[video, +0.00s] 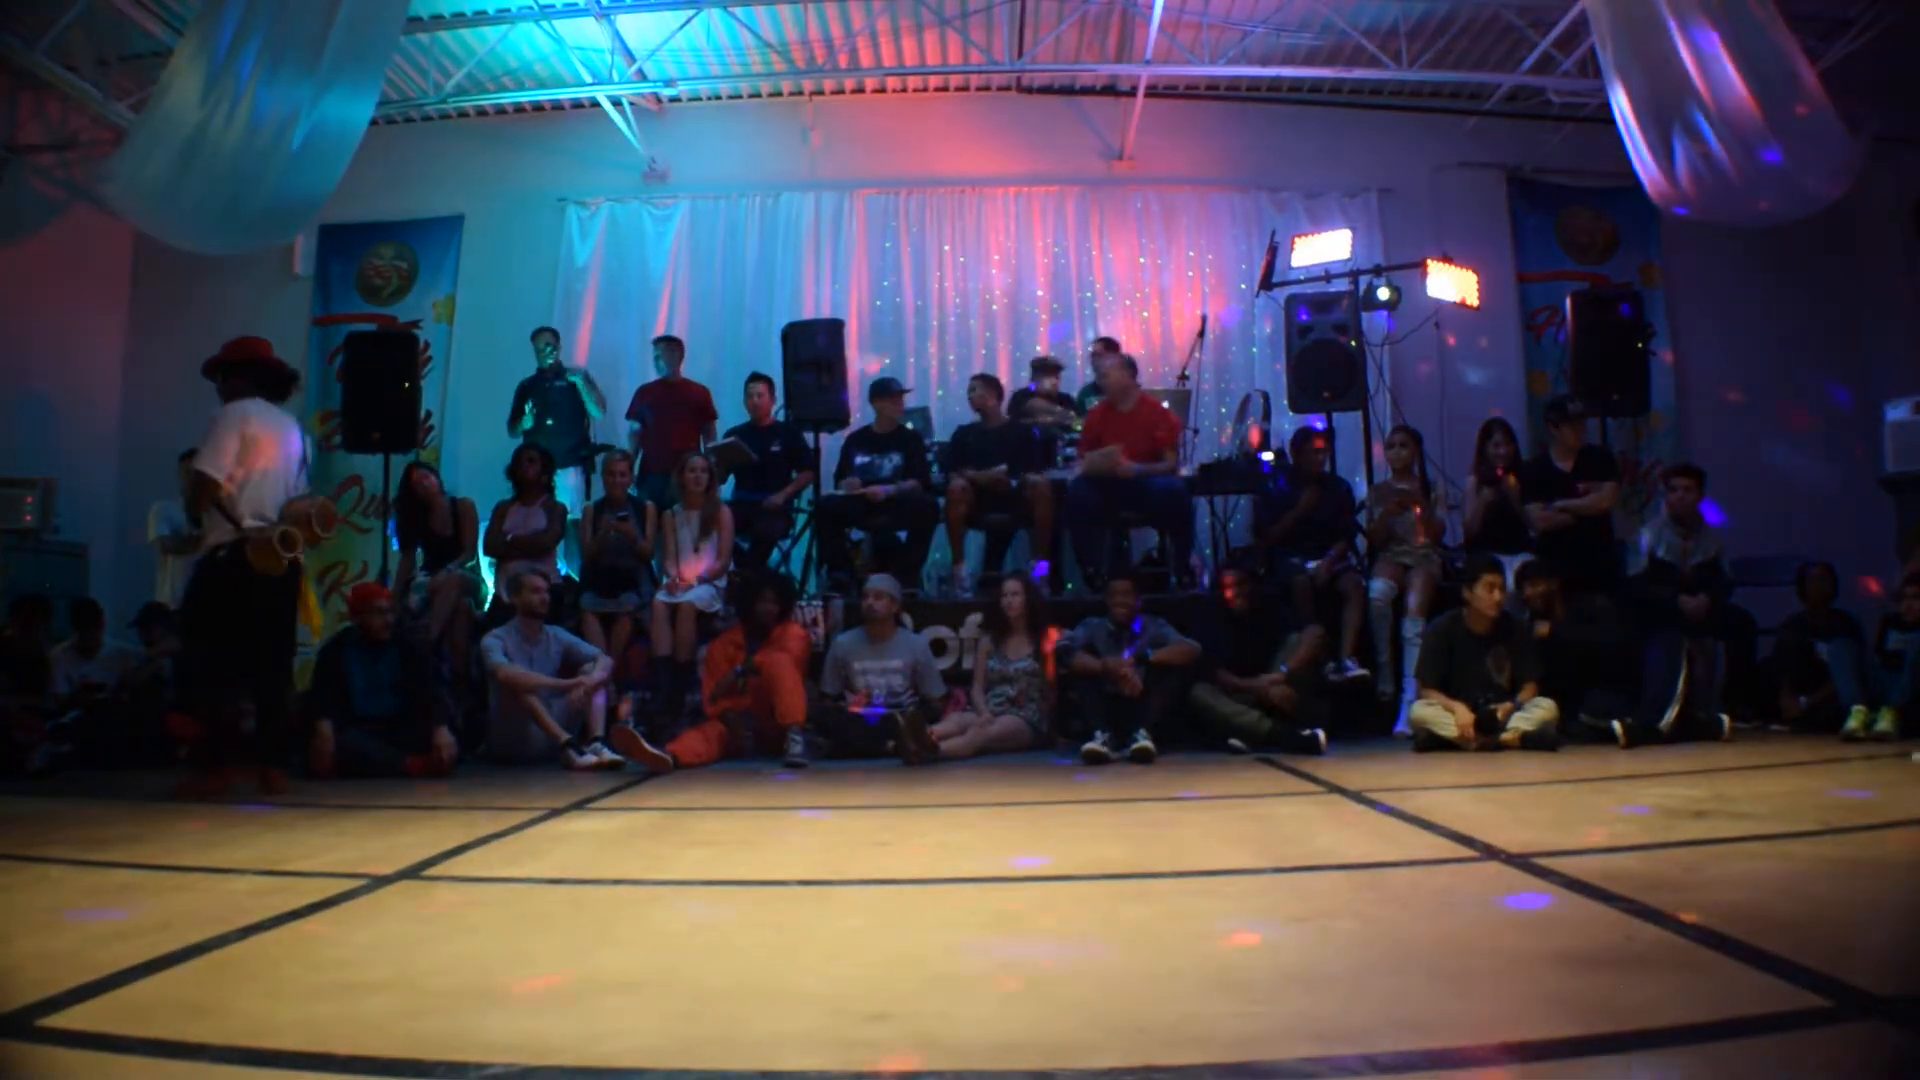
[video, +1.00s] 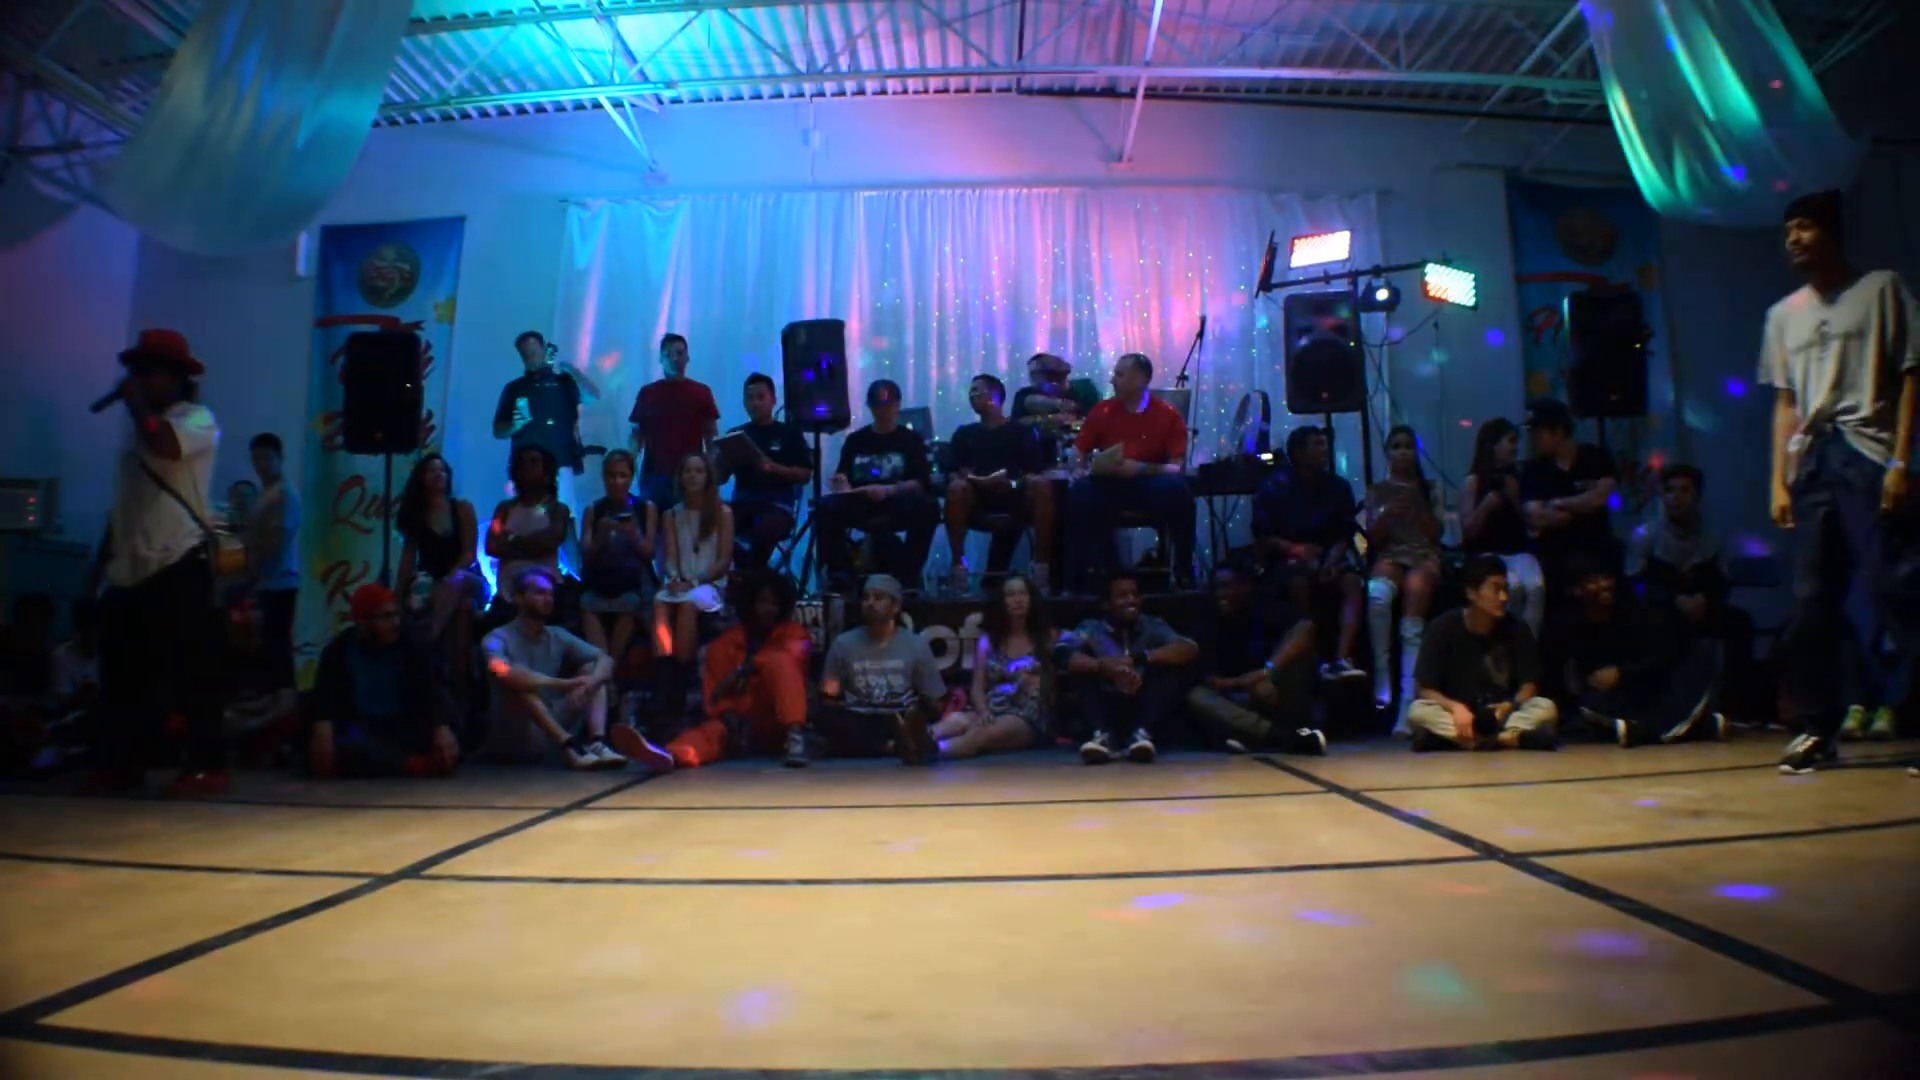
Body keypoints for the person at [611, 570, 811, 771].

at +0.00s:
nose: (768, 609)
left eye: (774, 603)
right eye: (762, 602)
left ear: (783, 607)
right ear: (748, 605)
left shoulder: (792, 634)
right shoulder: (723, 645)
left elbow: (785, 664)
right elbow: (713, 704)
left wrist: (752, 667)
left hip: (774, 716)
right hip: (737, 720)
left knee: (778, 661)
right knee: (709, 735)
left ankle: (795, 738)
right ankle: (670, 756)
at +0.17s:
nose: (769, 609)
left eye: (775, 603)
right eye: (763, 602)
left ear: (784, 607)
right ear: (749, 605)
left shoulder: (793, 634)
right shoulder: (724, 645)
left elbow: (785, 661)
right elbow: (713, 704)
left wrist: (751, 667)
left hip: (774, 715)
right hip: (737, 720)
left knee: (779, 661)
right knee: (710, 735)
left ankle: (794, 738)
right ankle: (671, 756)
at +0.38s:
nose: (769, 609)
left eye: (775, 603)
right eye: (763, 602)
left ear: (784, 606)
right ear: (749, 604)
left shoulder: (793, 632)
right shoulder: (725, 645)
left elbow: (793, 660)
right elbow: (714, 702)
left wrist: (755, 665)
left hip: (774, 716)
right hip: (738, 720)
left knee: (781, 660)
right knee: (711, 735)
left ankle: (795, 737)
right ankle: (671, 755)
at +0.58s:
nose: (767, 609)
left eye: (773, 603)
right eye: (761, 602)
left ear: (783, 606)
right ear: (749, 604)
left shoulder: (793, 633)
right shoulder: (725, 644)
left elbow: (790, 663)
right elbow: (713, 702)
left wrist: (754, 666)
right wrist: (734, 678)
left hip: (773, 715)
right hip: (736, 721)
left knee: (779, 661)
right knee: (710, 734)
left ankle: (795, 737)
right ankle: (670, 755)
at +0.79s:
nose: (768, 609)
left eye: (774, 603)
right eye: (762, 602)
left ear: (784, 606)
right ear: (749, 604)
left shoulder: (793, 633)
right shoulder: (724, 645)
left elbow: (788, 664)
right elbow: (713, 705)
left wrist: (752, 667)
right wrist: (734, 680)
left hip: (775, 715)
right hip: (737, 721)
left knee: (779, 660)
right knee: (711, 733)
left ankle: (795, 736)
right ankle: (670, 755)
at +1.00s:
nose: (768, 609)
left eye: (774, 603)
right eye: (762, 602)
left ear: (783, 607)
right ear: (749, 605)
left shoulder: (793, 634)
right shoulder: (723, 646)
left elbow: (790, 655)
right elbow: (713, 704)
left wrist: (753, 666)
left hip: (775, 717)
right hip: (738, 721)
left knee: (779, 661)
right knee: (711, 734)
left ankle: (795, 735)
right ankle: (670, 755)